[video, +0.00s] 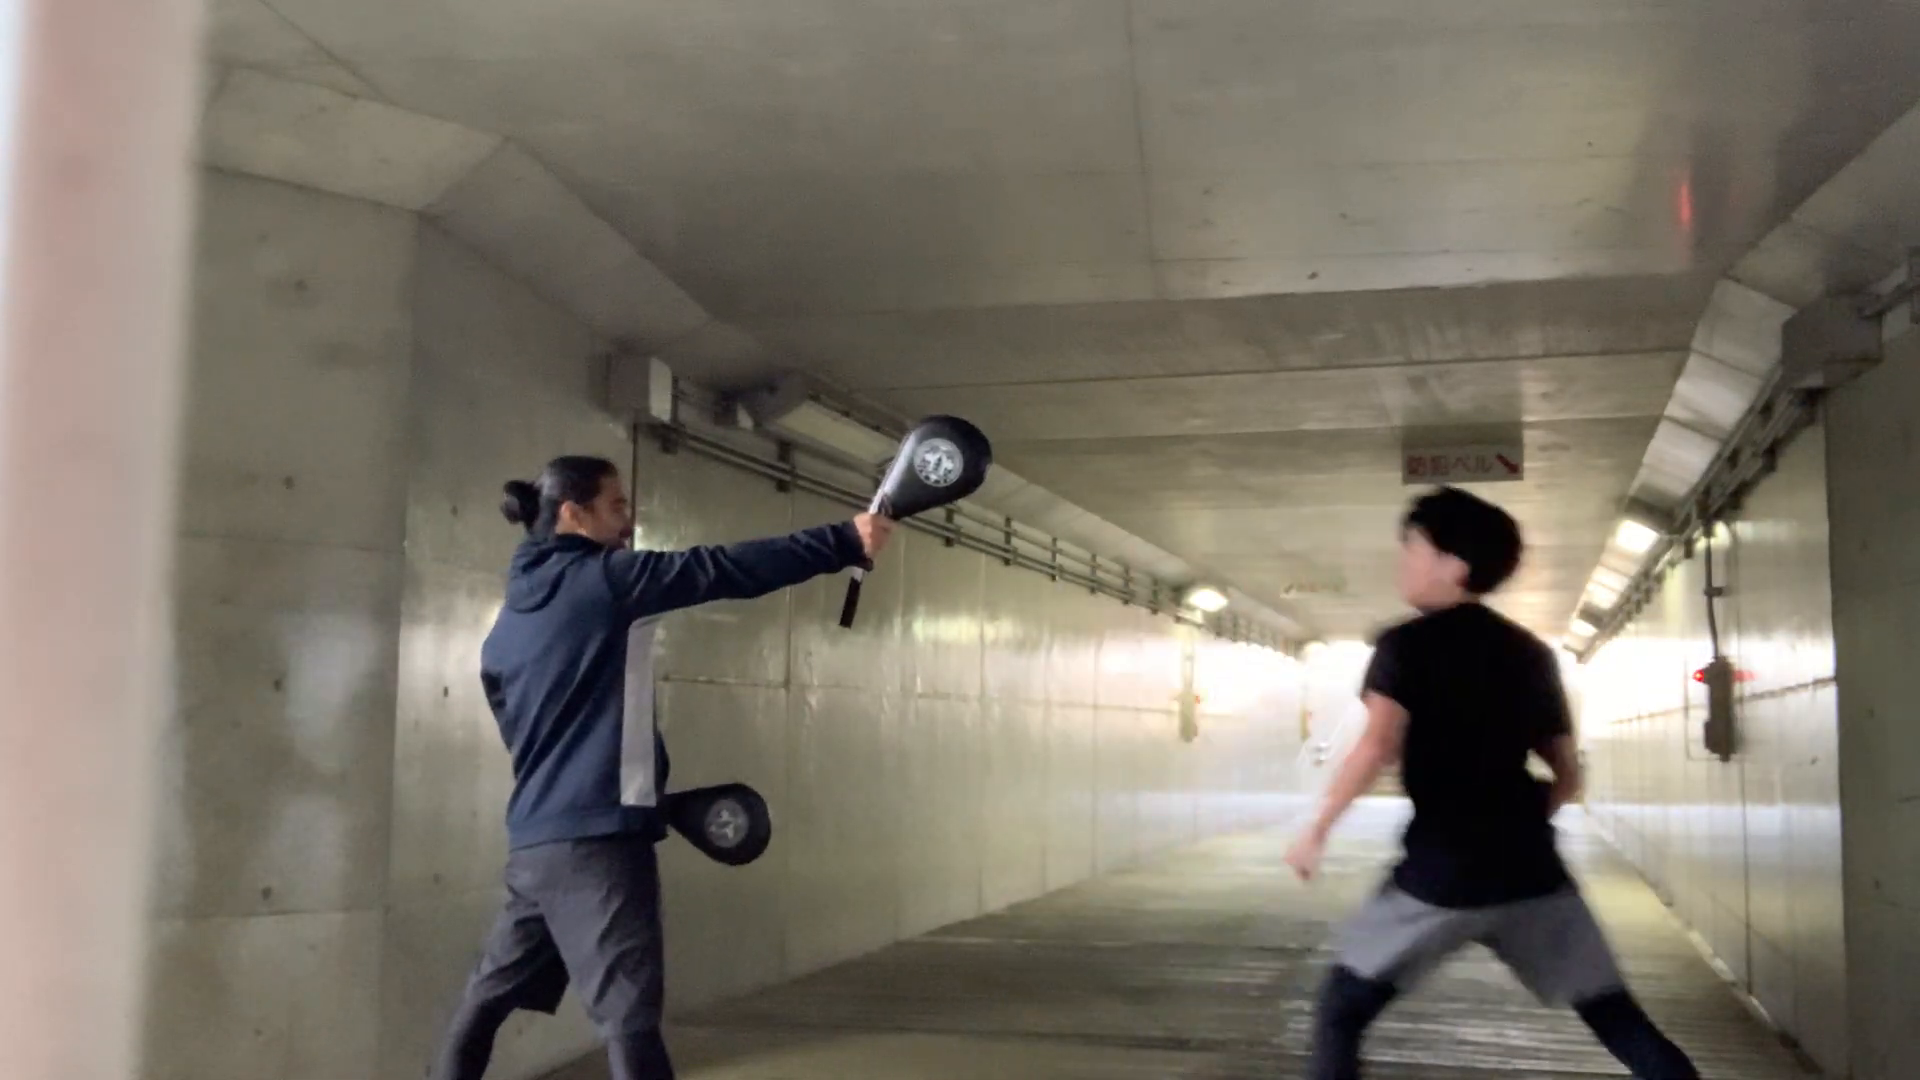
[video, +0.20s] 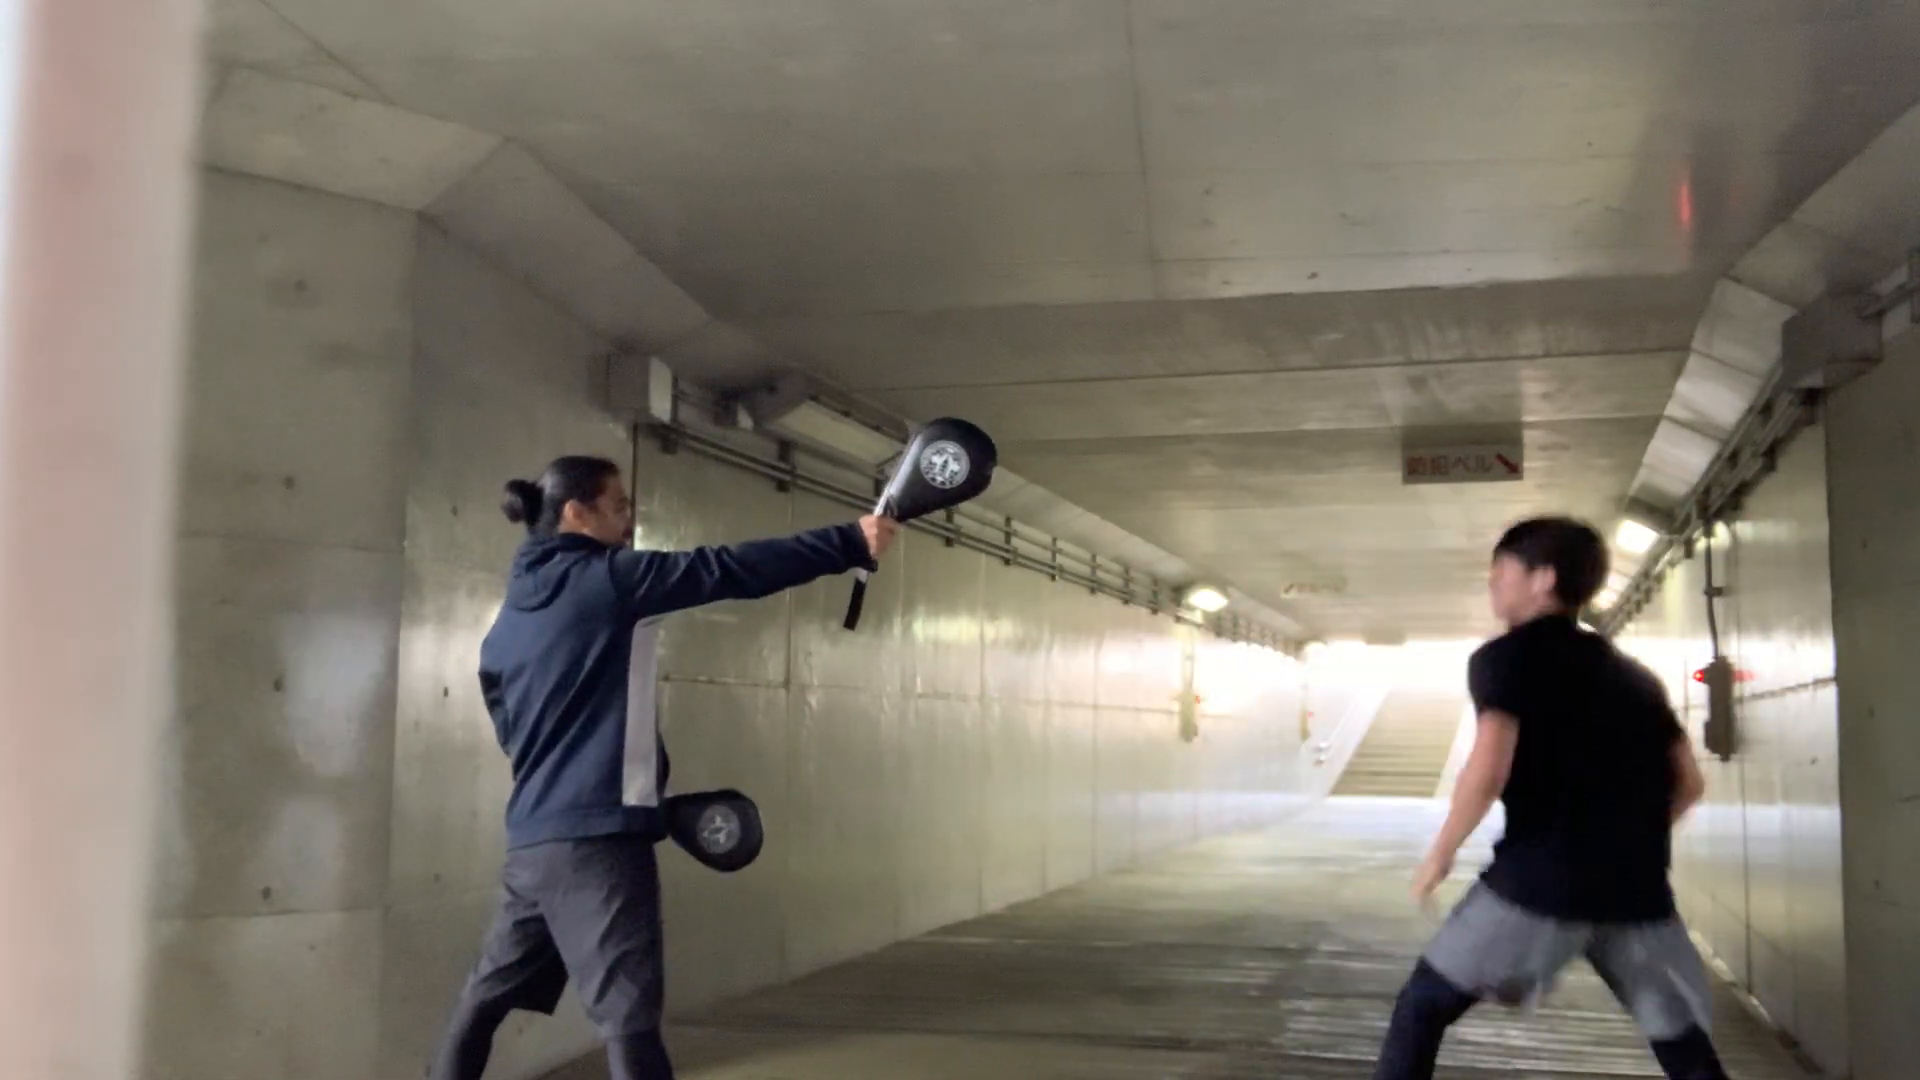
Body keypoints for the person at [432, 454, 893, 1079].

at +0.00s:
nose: (630, 519)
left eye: (628, 506)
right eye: (618, 507)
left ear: (563, 518)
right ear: (571, 513)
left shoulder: (503, 634)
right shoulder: (606, 577)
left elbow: (538, 751)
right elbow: (723, 569)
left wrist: (641, 794)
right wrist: (844, 540)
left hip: (535, 838)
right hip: (597, 836)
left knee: (486, 998)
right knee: (629, 1021)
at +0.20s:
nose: (632, 519)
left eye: (629, 506)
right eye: (621, 506)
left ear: (566, 517)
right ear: (576, 511)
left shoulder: (502, 632)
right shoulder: (608, 577)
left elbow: (527, 747)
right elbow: (727, 569)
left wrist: (638, 792)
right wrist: (848, 540)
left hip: (534, 837)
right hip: (597, 835)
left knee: (481, 1005)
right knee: (629, 1024)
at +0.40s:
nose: (634, 517)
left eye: (631, 504)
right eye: (624, 505)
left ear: (568, 517)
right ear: (580, 512)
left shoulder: (503, 632)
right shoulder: (611, 579)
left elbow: (527, 746)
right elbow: (730, 570)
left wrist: (638, 787)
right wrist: (853, 543)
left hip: (533, 839)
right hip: (597, 839)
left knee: (479, 1007)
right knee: (629, 1024)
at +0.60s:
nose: (634, 517)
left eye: (631, 504)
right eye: (624, 504)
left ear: (568, 516)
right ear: (580, 512)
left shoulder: (502, 632)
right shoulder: (613, 578)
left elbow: (527, 745)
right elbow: (732, 571)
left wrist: (639, 787)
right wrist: (855, 545)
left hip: (532, 840)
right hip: (596, 839)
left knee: (478, 1006)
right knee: (628, 1027)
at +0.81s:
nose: (634, 517)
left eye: (630, 504)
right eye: (623, 504)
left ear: (568, 517)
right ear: (578, 513)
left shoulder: (501, 633)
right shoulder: (611, 578)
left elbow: (526, 747)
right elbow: (731, 572)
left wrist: (637, 785)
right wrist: (855, 546)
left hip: (532, 841)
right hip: (595, 841)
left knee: (477, 1009)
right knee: (628, 1029)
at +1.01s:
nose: (632, 518)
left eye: (629, 505)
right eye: (621, 505)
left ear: (567, 517)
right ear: (576, 513)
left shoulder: (500, 632)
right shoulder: (613, 578)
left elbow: (522, 744)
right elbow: (731, 573)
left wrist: (633, 778)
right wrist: (856, 552)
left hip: (532, 840)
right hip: (595, 839)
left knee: (477, 1007)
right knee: (627, 1025)